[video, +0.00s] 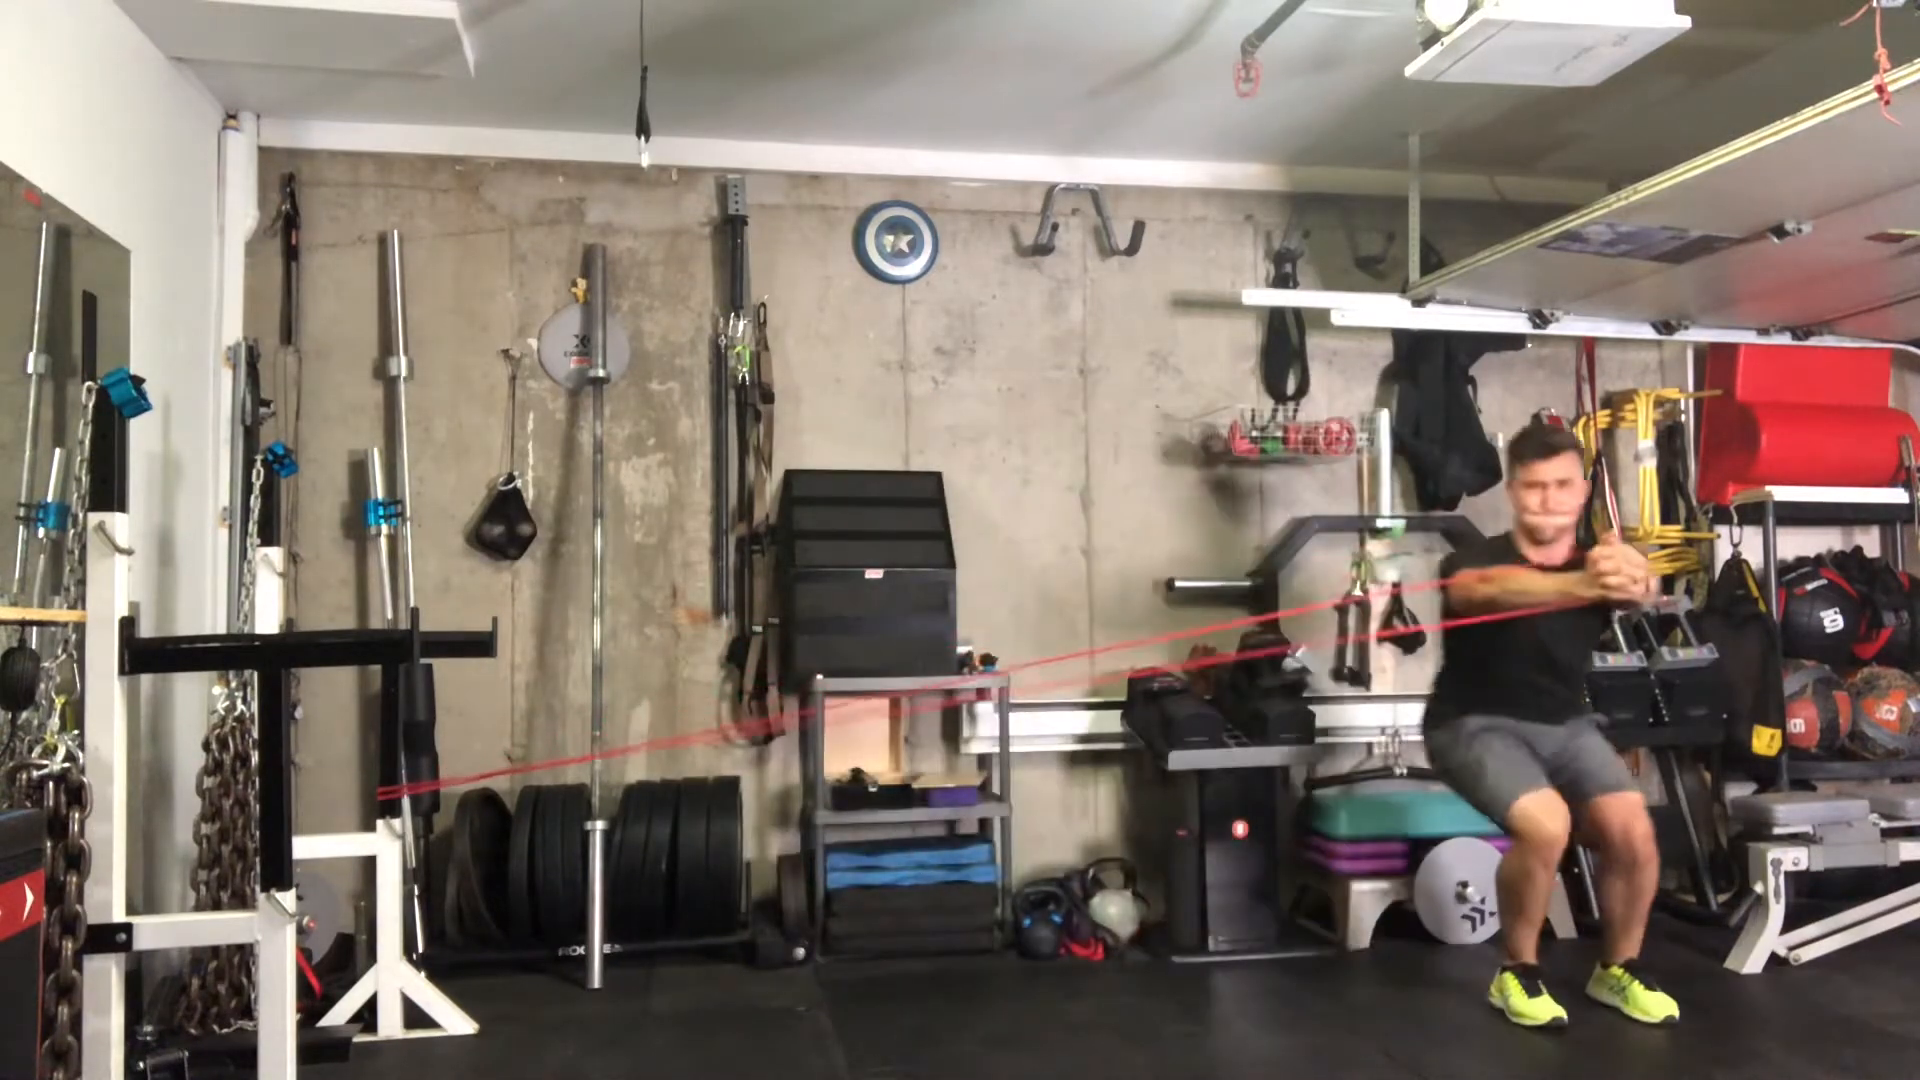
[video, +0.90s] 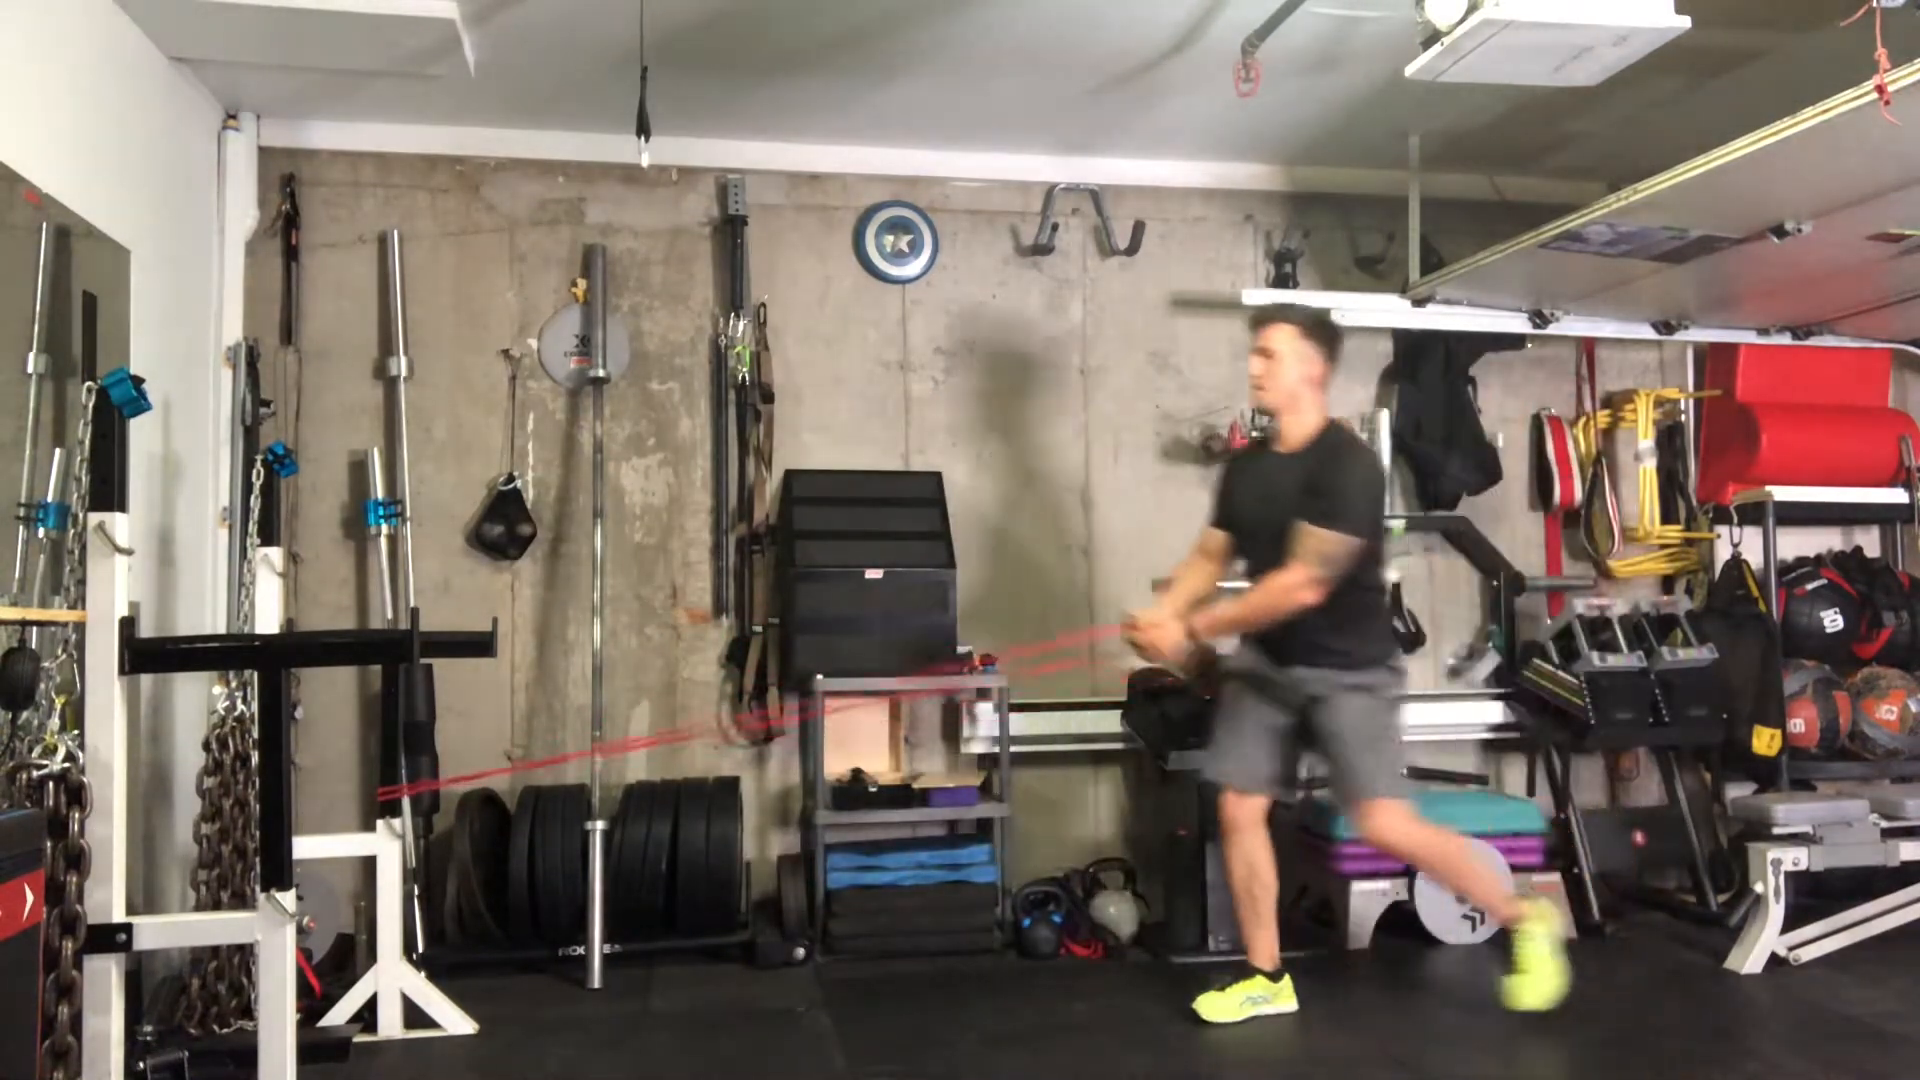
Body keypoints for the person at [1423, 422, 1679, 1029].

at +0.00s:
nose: (1548, 500)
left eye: (1563, 486)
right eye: (1533, 486)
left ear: (1583, 493)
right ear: (1510, 492)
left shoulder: (1599, 556)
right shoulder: (1475, 557)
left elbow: (1642, 583)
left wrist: (1637, 575)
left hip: (1568, 724)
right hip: (1477, 722)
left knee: (1631, 826)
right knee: (1545, 824)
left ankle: (1616, 971)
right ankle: (1519, 972)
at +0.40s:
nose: (1552, 436)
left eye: (1568, 423)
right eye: (1539, 424)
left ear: (1598, 436)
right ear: (1524, 437)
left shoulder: (1632, 519)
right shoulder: (1485, 512)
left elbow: (1615, 583)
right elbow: (1448, 587)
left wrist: (1553, 599)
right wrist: (1492, 598)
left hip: (1581, 700)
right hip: (1487, 691)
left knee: (1635, 829)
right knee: (1485, 800)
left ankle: (1617, 969)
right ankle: (1486, 956)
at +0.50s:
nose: (1500, 415)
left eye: (1515, 401)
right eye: (1489, 404)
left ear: (1553, 414)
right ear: (1479, 419)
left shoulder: (1597, 503)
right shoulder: (1453, 498)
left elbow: (1572, 590)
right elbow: (1403, 600)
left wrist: (1482, 627)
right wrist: (1439, 623)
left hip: (1565, 696)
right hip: (1463, 687)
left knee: (1619, 836)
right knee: (1422, 797)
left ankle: (1614, 970)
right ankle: (1389, 954)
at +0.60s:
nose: (1432, 397)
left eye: (1450, 384)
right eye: (1424, 387)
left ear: (1494, 398)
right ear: (1414, 403)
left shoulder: (1543, 491)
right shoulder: (1403, 495)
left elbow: (1510, 600)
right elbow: (1360, 590)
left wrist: (1400, 652)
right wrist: (1352, 644)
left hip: (1529, 688)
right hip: (1425, 683)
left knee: (1588, 829)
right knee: (1364, 796)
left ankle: (1612, 971)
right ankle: (1301, 965)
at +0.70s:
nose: (1365, 392)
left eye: (1381, 378)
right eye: (1360, 379)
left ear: (1427, 389)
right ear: (1354, 393)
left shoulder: (1471, 482)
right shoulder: (1344, 487)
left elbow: (1440, 603)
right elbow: (1307, 579)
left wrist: (1323, 658)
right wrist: (1279, 644)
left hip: (1474, 690)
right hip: (1368, 683)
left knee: (1549, 822)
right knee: (1308, 799)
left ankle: (1614, 964)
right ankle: (1273, 972)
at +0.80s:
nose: (1299, 385)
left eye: (1316, 372)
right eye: (1297, 373)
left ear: (1364, 386)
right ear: (1298, 388)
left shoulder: (1402, 482)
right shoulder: (1288, 480)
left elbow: (1359, 603)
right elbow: (1253, 572)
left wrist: (1248, 652)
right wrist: (1219, 631)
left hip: (1408, 690)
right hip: (1312, 681)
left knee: (1479, 818)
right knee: (1263, 797)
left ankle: (1607, 945)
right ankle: (1267, 976)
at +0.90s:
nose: (1253, 368)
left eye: (1268, 356)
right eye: (1254, 355)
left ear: (1314, 369)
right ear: (1267, 368)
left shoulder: (1349, 463)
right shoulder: (1248, 465)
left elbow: (1304, 583)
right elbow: (1211, 555)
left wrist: (1191, 627)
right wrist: (1166, 612)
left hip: (1350, 677)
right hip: (1264, 670)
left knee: (1382, 819)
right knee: (1240, 806)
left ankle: (1526, 916)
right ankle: (1266, 976)